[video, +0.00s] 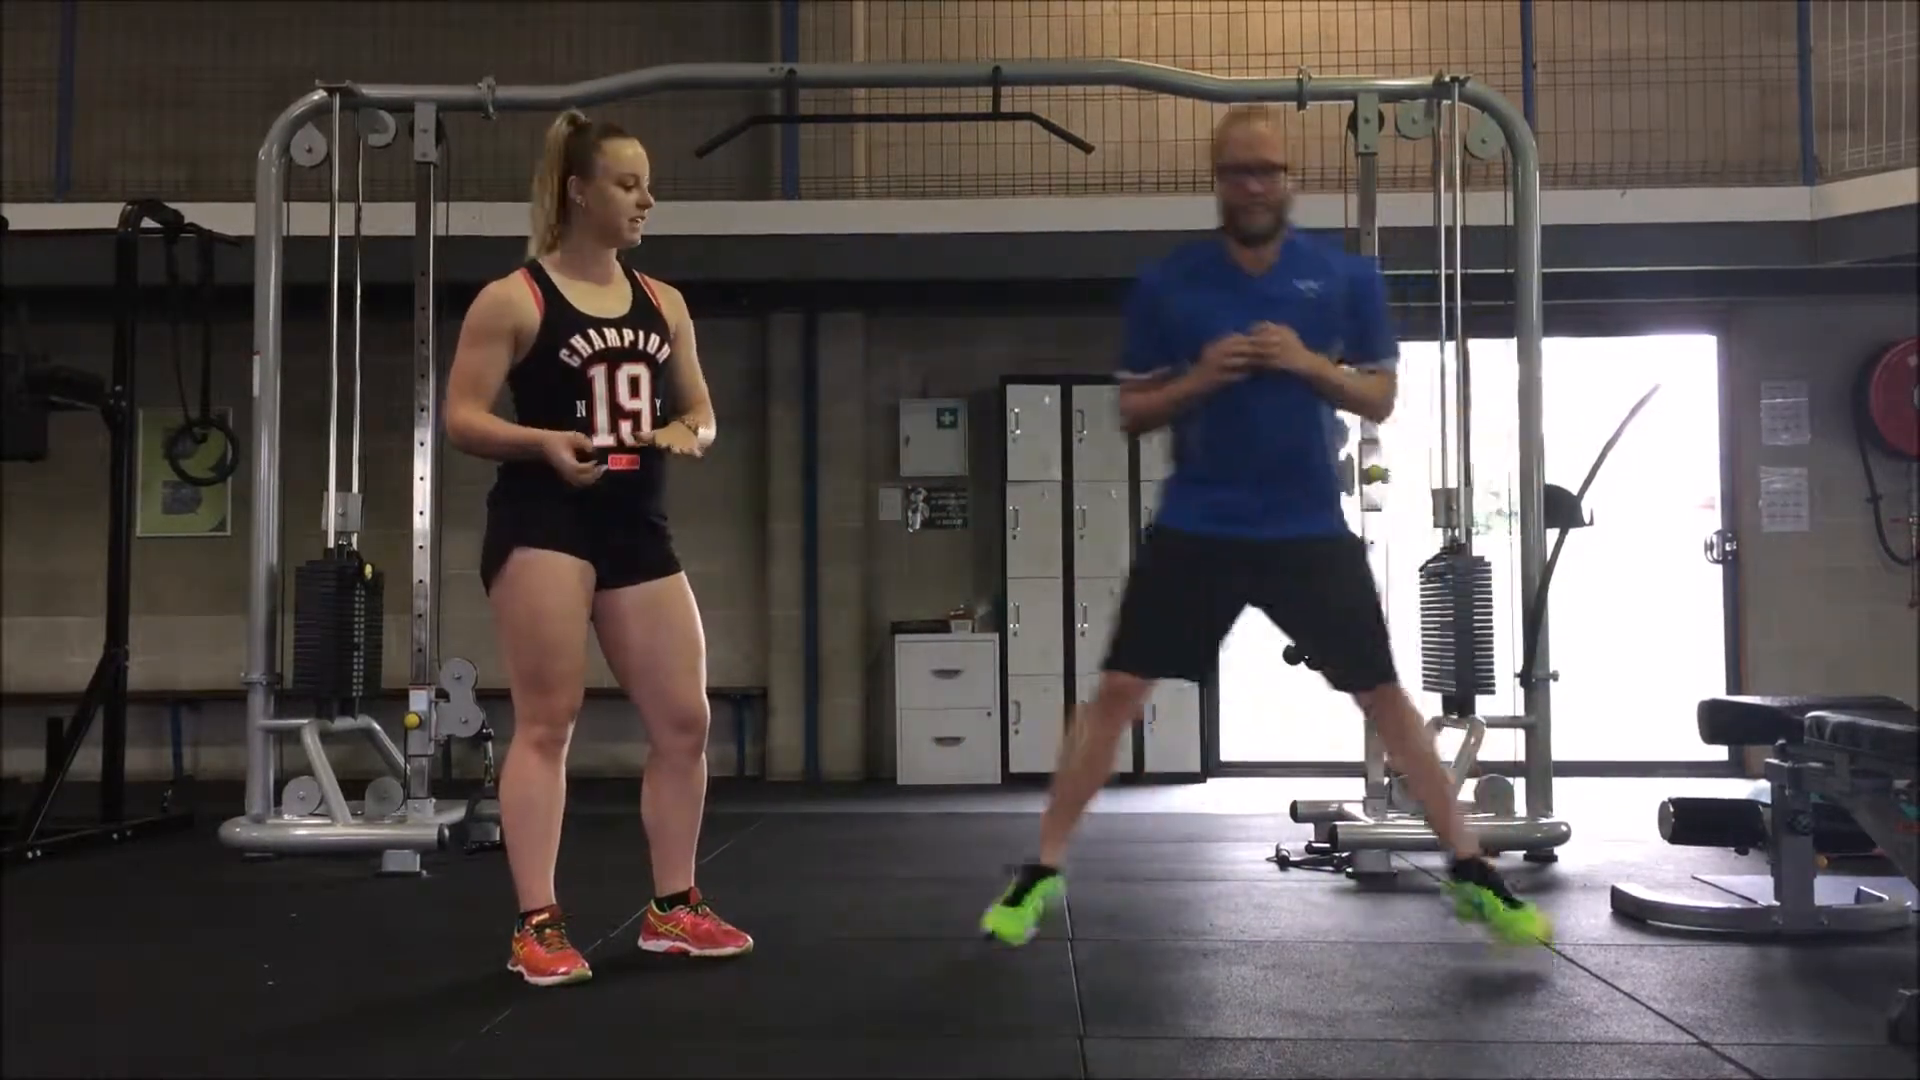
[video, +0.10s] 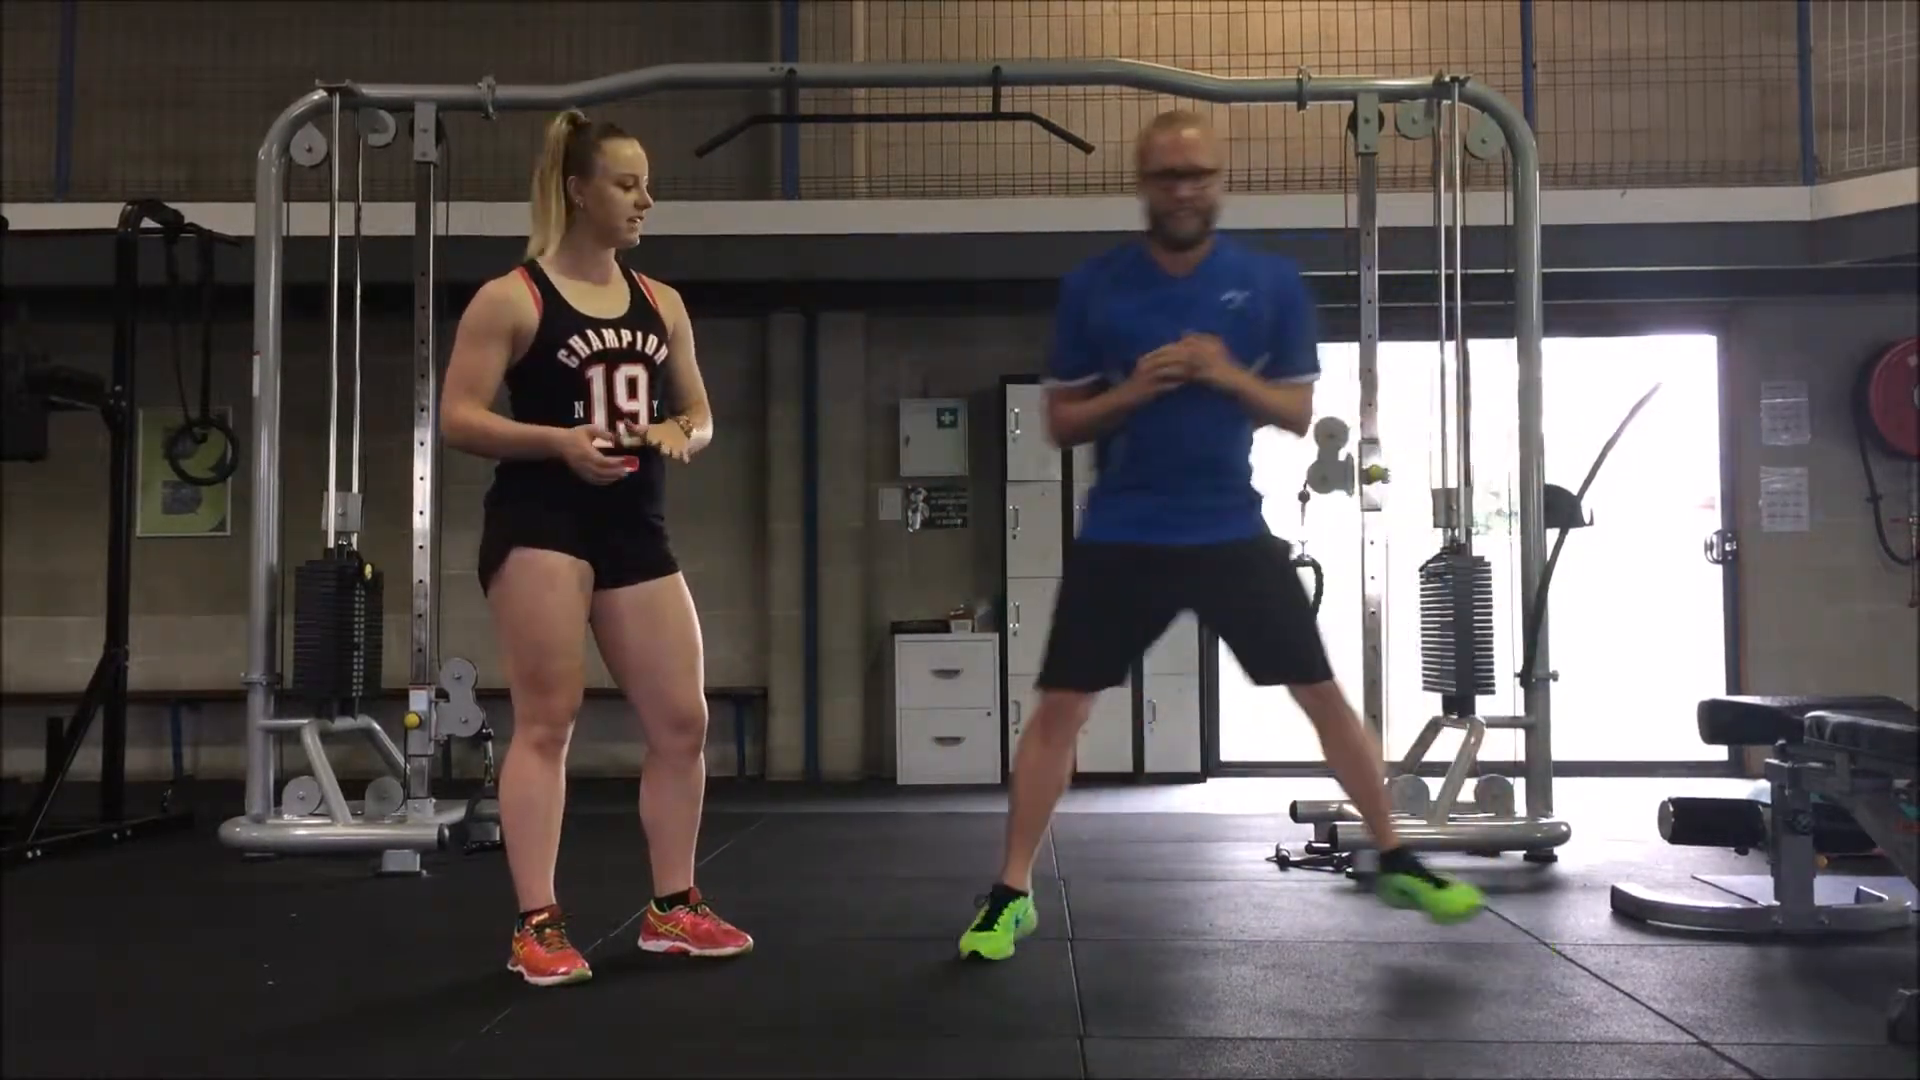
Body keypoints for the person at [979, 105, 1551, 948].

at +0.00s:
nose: (1254, 187)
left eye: (1268, 172)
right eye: (1237, 173)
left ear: (1290, 177)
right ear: (1213, 179)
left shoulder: (1345, 275)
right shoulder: (1167, 283)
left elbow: (1378, 400)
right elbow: (1131, 410)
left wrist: (1309, 364)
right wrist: (1199, 377)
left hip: (1308, 532)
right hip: (1195, 529)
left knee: (1383, 694)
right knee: (1117, 688)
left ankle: (1468, 863)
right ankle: (1044, 865)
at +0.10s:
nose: (1184, 190)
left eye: (1199, 175)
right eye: (1167, 176)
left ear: (1222, 182)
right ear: (1140, 185)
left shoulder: (1269, 281)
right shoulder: (1094, 287)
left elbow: (1297, 411)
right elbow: (1060, 422)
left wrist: (1227, 373)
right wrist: (1135, 388)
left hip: (1231, 534)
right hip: (1121, 537)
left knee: (1322, 692)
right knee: (1058, 705)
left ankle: (1393, 855)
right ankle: (1009, 888)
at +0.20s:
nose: (1120, 210)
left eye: (1133, 195)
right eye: (1103, 195)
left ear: (1154, 199)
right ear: (1074, 199)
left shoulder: (1202, 303)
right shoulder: (1034, 305)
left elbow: (1229, 430)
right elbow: (995, 442)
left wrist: (1162, 415)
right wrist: (1080, 418)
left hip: (1179, 557)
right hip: (1065, 561)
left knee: (1264, 704)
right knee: (1024, 723)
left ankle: (1316, 862)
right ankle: (1007, 901)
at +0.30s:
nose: (1069, 211)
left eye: (1081, 196)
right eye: (1051, 197)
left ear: (1100, 197)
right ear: (1021, 201)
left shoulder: (1156, 294)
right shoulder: (982, 311)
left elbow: (1195, 415)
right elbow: (960, 443)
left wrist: (1125, 414)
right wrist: (1032, 424)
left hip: (1149, 548)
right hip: (1038, 557)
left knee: (1230, 695)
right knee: (1012, 725)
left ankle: (1284, 860)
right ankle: (1004, 898)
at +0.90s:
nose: (995, 215)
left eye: (1009, 200)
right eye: (977, 202)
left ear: (1031, 203)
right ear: (950, 209)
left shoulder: (1091, 293)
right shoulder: (921, 325)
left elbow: (1145, 410)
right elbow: (911, 457)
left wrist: (1071, 422)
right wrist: (972, 439)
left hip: (1096, 541)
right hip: (991, 555)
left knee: (1138, 700)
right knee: (989, 723)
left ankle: (1136, 813)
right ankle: (1004, 897)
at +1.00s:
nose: (1002, 226)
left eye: (1017, 211)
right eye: (984, 211)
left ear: (1039, 216)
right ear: (958, 217)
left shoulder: (1099, 308)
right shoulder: (926, 338)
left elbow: (1154, 422)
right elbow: (921, 472)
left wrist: (1081, 438)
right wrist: (978, 457)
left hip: (1105, 555)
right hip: (998, 565)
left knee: (1137, 709)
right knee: (989, 727)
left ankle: (1123, 826)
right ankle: (1004, 897)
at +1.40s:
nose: (1160, 192)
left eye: (1175, 179)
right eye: (1146, 179)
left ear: (1199, 192)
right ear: (1120, 192)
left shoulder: (1248, 287)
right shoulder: (1079, 307)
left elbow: (1294, 407)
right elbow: (1049, 437)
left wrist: (1234, 403)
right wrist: (1128, 421)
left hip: (1234, 540)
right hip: (1122, 548)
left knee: (1316, 684)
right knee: (1064, 715)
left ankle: (1355, 855)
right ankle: (1014, 890)